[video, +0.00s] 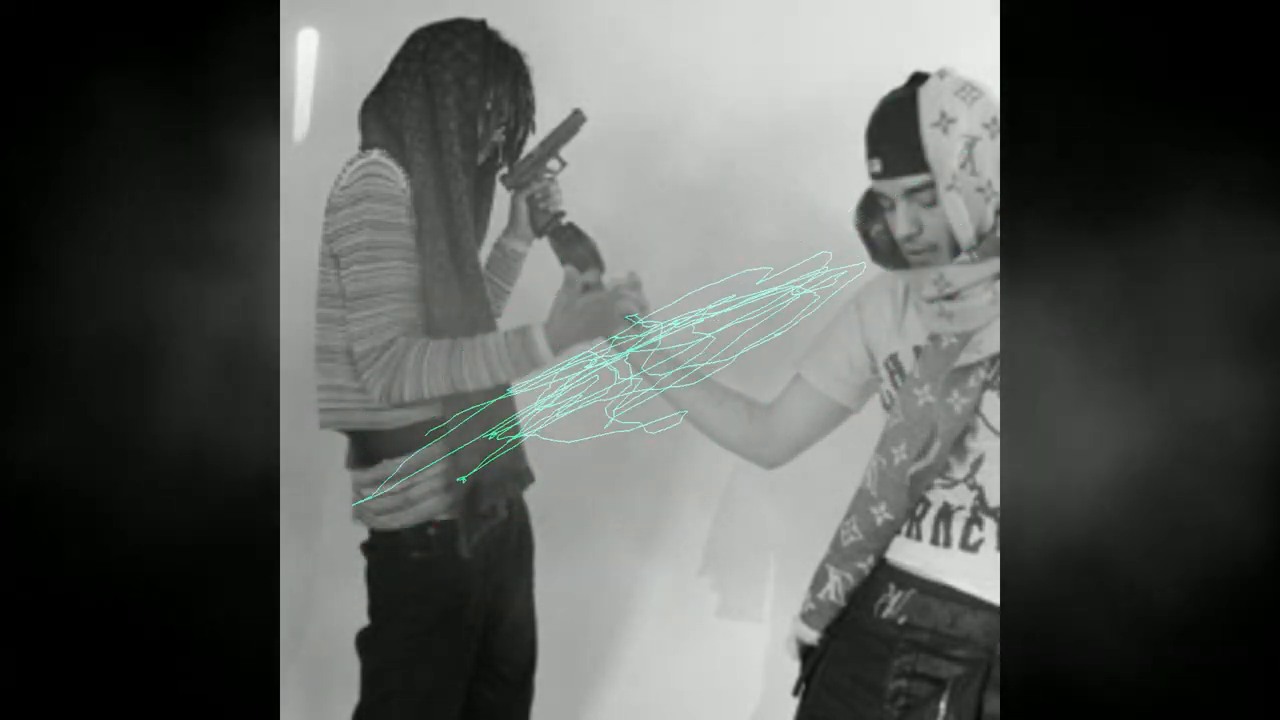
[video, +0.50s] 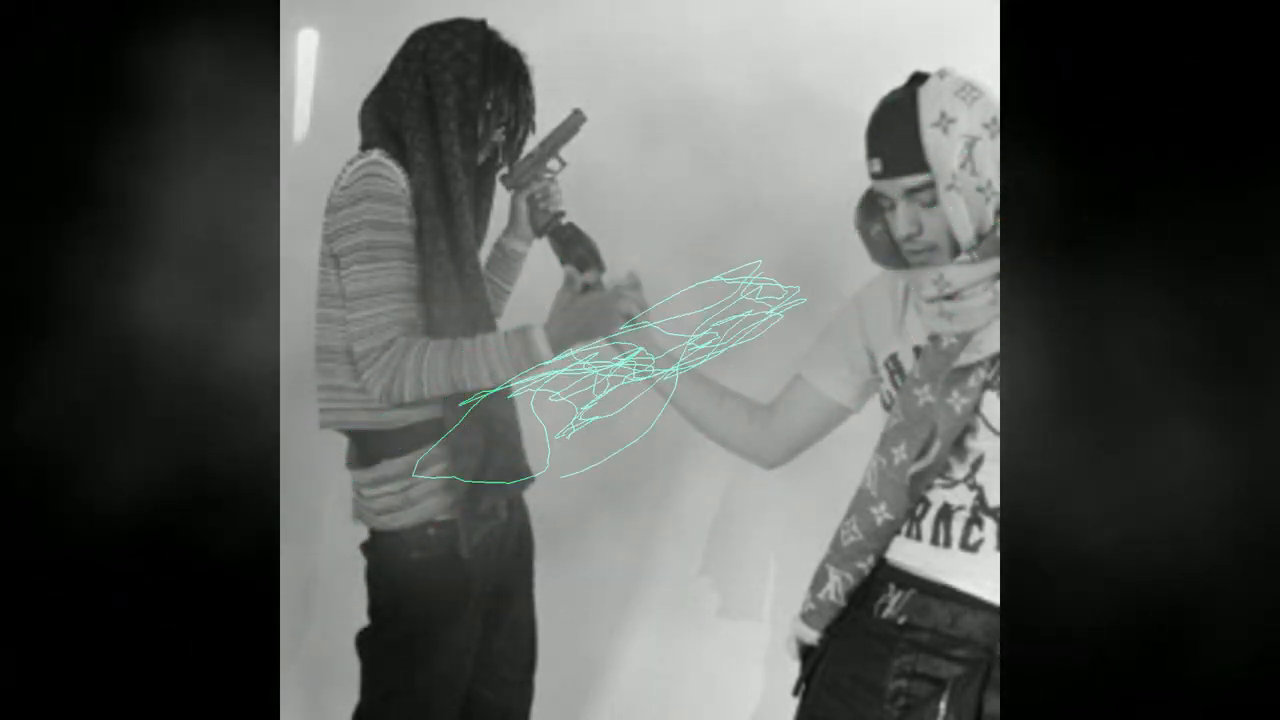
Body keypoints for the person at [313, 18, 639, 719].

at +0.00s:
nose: (498, 143)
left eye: (505, 124)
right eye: (493, 118)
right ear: (450, 105)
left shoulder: (426, 191)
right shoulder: (377, 182)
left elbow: (465, 327)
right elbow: (387, 369)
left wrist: (518, 233)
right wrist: (550, 339)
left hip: (487, 503)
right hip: (422, 522)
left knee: (500, 699)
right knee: (413, 704)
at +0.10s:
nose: (495, 142)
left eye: (503, 124)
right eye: (490, 118)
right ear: (446, 105)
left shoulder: (428, 189)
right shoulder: (377, 181)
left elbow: (464, 332)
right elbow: (386, 369)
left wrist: (518, 233)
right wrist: (545, 340)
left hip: (489, 509)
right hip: (425, 524)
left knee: (499, 700)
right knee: (412, 705)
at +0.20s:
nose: (497, 143)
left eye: (504, 125)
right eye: (491, 119)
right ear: (448, 107)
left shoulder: (427, 191)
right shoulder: (377, 181)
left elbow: (461, 331)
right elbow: (384, 369)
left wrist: (518, 235)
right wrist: (540, 341)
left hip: (490, 512)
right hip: (425, 529)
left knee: (500, 702)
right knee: (411, 707)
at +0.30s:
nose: (496, 144)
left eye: (503, 125)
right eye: (490, 120)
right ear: (447, 107)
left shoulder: (422, 191)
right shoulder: (378, 181)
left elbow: (461, 338)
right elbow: (388, 371)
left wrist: (517, 235)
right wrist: (546, 337)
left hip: (482, 490)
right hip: (425, 498)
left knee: (496, 693)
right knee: (418, 697)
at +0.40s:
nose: (497, 145)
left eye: (504, 126)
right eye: (493, 121)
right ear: (451, 108)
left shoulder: (422, 191)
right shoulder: (377, 181)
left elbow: (464, 331)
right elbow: (387, 367)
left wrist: (518, 234)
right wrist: (553, 338)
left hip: (481, 492)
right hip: (424, 500)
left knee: (499, 696)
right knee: (415, 700)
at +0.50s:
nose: (498, 145)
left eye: (504, 125)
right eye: (493, 121)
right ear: (452, 108)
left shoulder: (426, 191)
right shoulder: (377, 182)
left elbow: (465, 330)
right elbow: (389, 368)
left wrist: (518, 234)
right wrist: (551, 339)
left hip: (486, 494)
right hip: (423, 508)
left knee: (500, 699)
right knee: (415, 704)